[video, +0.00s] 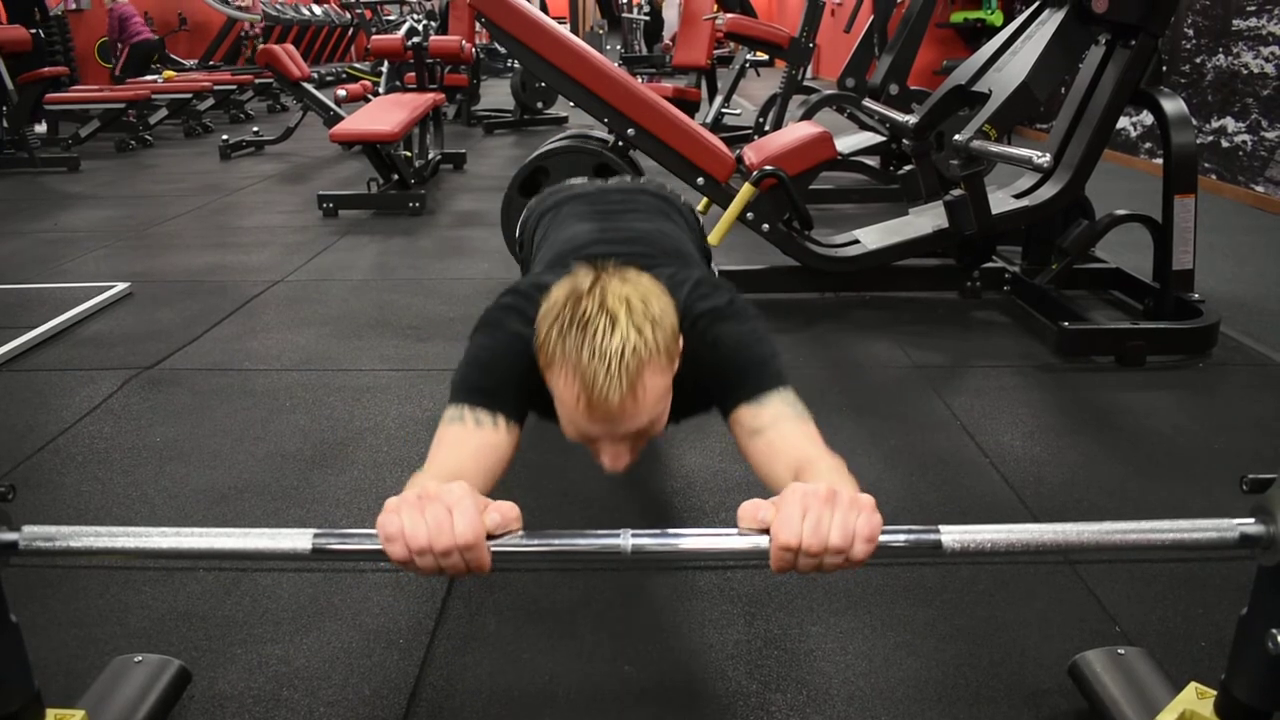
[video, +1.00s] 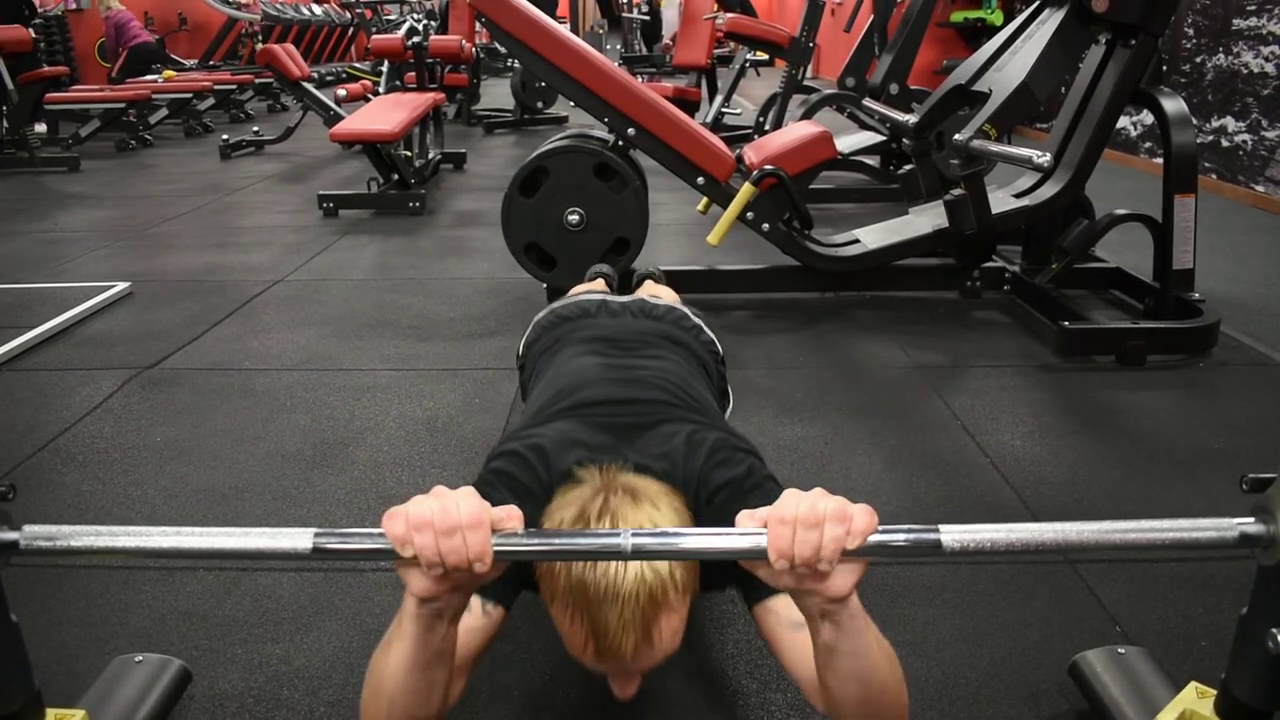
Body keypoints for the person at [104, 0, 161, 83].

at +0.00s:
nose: (104, 3)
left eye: (105, 2)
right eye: (104, 2)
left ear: (111, 1)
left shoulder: (115, 9)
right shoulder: (129, 6)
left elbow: (113, 36)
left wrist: (114, 56)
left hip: (135, 45)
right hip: (150, 41)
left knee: (117, 76)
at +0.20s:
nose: (98, 11)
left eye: (99, 8)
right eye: (97, 8)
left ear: (105, 8)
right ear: (115, 5)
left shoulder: (112, 20)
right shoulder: (127, 16)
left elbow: (114, 47)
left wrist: (116, 68)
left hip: (138, 53)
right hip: (153, 49)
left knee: (112, 79)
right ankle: (155, 70)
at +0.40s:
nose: (95, 21)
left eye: (96, 18)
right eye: (95, 18)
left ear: (102, 17)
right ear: (111, 14)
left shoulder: (109, 30)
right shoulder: (124, 25)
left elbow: (113, 56)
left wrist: (114, 72)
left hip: (140, 57)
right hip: (154, 54)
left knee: (111, 80)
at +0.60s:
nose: (93, 26)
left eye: (94, 22)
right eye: (93, 23)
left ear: (100, 21)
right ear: (110, 18)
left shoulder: (108, 34)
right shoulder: (123, 28)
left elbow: (112, 59)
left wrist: (112, 74)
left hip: (140, 60)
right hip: (155, 57)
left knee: (110, 81)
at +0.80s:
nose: (93, 20)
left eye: (93, 16)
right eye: (92, 17)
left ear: (99, 16)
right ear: (109, 12)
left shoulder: (108, 29)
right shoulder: (122, 22)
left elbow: (111, 55)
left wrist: (113, 73)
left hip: (138, 56)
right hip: (153, 52)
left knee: (110, 80)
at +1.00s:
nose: (99, 10)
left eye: (99, 7)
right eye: (98, 7)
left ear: (103, 6)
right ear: (116, 3)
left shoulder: (110, 16)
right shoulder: (126, 12)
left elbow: (111, 44)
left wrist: (113, 66)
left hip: (135, 48)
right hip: (152, 45)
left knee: (115, 78)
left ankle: (151, 72)